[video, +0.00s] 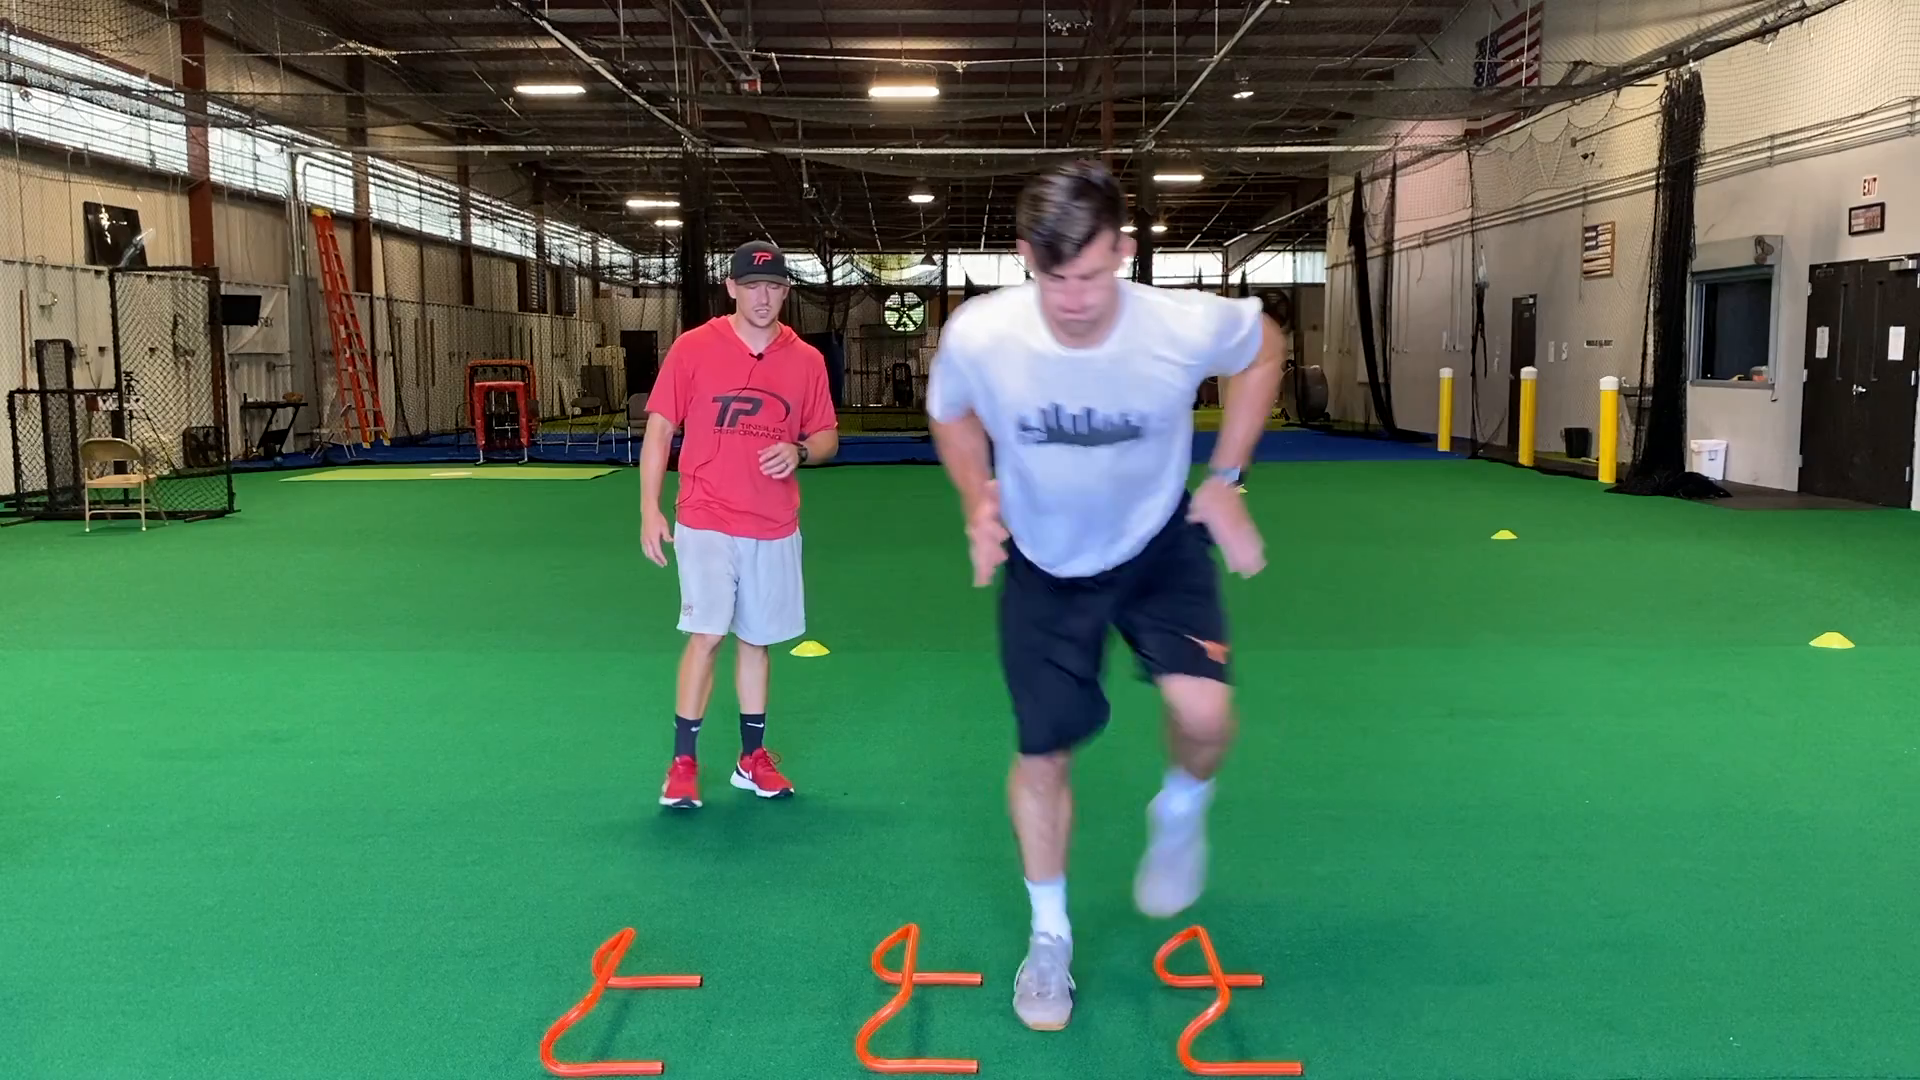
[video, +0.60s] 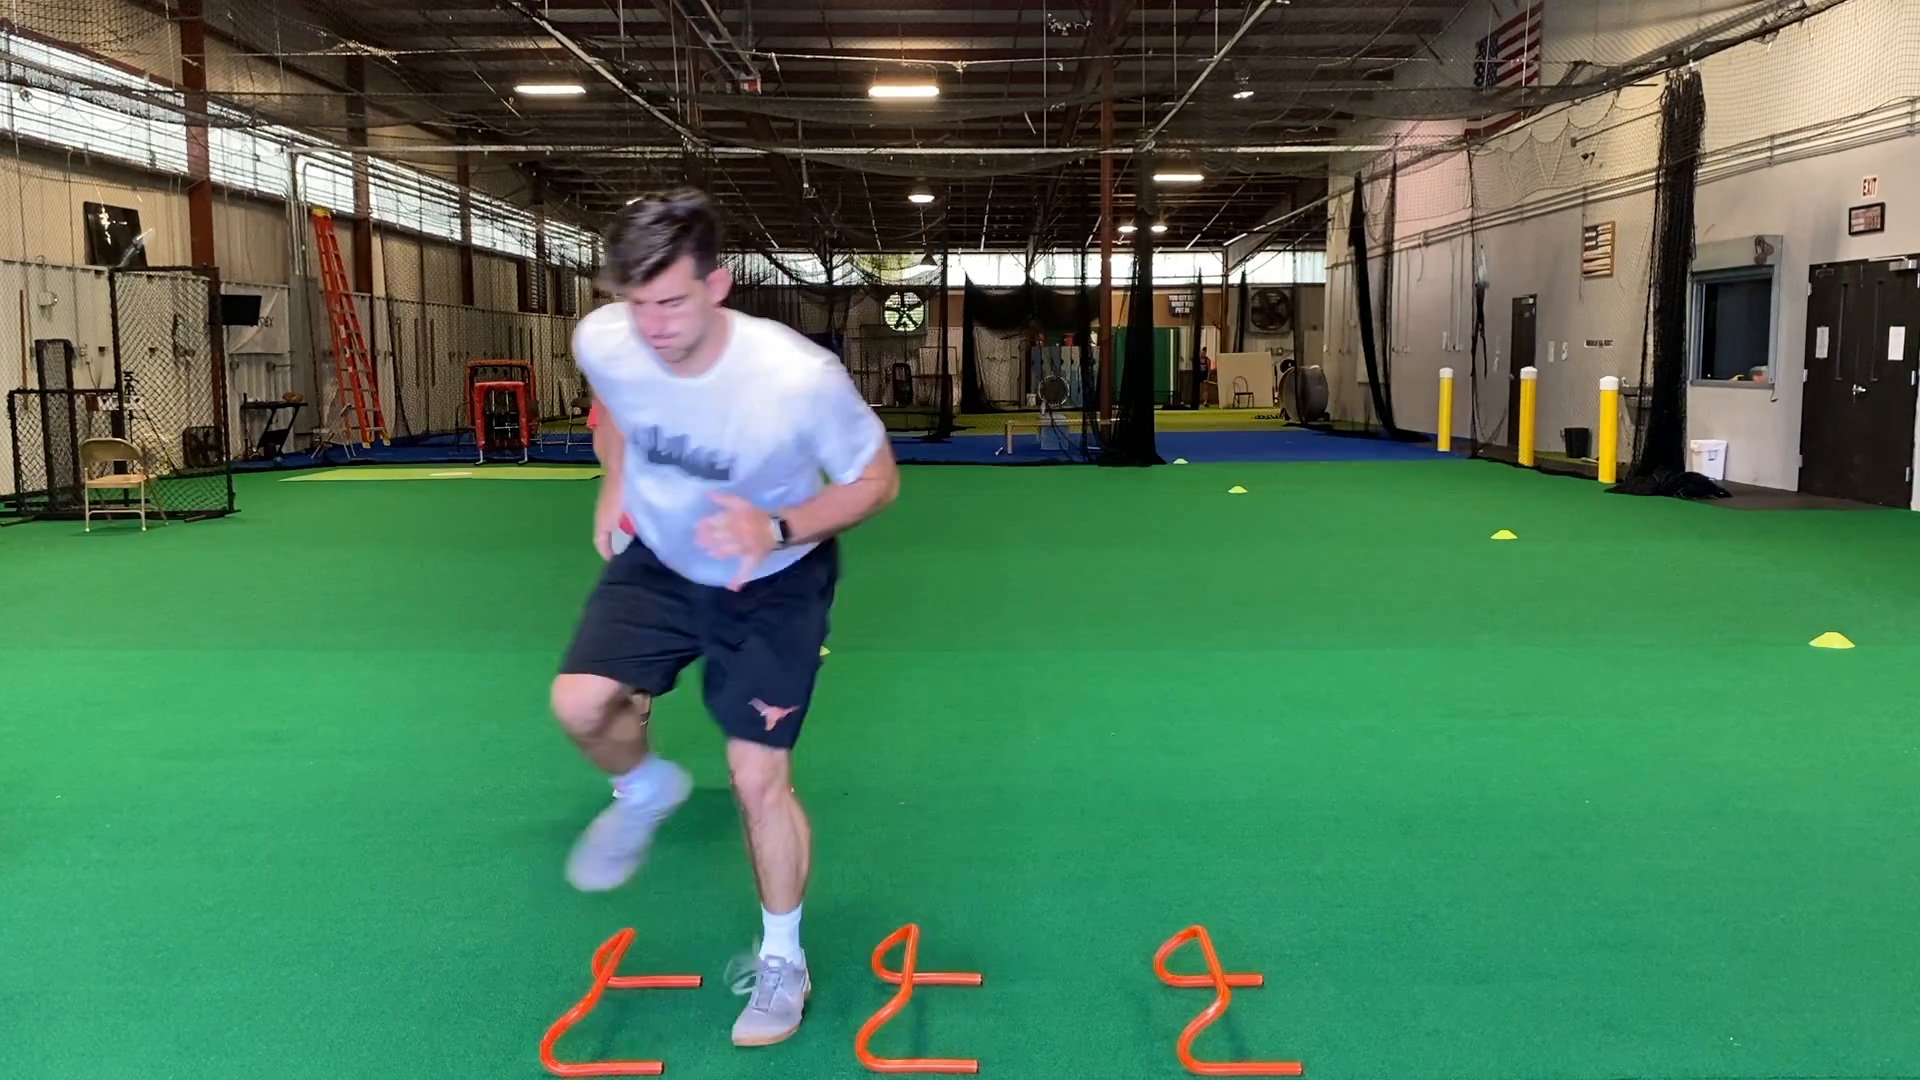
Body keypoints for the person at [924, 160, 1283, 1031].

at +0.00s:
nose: (1073, 296)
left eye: (1090, 276)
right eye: (1056, 278)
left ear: (1123, 251)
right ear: (1027, 260)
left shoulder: (1181, 324)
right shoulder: (978, 334)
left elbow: (1262, 347)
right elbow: (948, 408)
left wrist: (1224, 476)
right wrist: (978, 498)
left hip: (1159, 546)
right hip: (1042, 565)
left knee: (1205, 714)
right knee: (1041, 753)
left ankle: (1180, 814)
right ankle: (1048, 935)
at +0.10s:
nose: (1006, 289)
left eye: (1023, 269)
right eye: (989, 271)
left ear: (1062, 249)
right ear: (966, 259)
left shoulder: (1127, 334)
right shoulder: (921, 316)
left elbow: (1199, 411)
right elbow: (897, 368)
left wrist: (1132, 504)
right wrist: (910, 482)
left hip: (1087, 527)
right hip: (971, 527)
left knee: (1101, 737)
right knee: (964, 722)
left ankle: (1087, 920)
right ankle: (1012, 831)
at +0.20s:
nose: (931, 295)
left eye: (949, 277)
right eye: (916, 277)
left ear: (988, 260)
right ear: (895, 267)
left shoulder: (1054, 348)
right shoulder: (855, 323)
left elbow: (1137, 428)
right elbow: (837, 360)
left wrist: (1060, 489)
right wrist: (846, 460)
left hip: (1025, 566)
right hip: (904, 550)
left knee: (1050, 762)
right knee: (850, 706)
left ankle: (1064, 944)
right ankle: (892, 800)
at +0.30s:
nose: (857, 295)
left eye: (873, 273)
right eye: (840, 275)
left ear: (914, 257)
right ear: (819, 266)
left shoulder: (983, 332)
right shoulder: (778, 334)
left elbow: (1075, 377)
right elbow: (774, 409)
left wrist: (1041, 505)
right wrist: (783, 521)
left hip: (966, 552)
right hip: (844, 559)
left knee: (1002, 727)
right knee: (808, 743)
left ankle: (1030, 876)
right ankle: (779, 920)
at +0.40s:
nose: (792, 303)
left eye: (808, 283)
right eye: (775, 284)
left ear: (847, 267)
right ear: (753, 276)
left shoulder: (915, 343)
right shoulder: (712, 346)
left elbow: (1015, 362)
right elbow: (700, 430)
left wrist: (990, 494)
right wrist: (720, 526)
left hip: (894, 546)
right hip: (781, 564)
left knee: (916, 702)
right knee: (769, 768)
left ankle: (902, 816)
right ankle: (773, 942)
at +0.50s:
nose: (719, 304)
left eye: (737, 282)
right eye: (702, 285)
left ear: (783, 263)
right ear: (683, 276)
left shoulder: (860, 351)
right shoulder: (658, 333)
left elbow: (939, 423)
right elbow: (659, 403)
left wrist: (874, 540)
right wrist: (664, 507)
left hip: (826, 556)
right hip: (716, 551)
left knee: (810, 737)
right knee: (681, 722)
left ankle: (804, 928)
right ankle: (738, 870)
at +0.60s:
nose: (656, 322)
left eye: (674, 301)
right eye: (640, 303)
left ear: (720, 285)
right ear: (622, 295)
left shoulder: (801, 378)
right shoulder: (605, 342)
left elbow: (879, 479)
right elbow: (610, 404)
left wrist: (781, 527)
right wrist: (615, 484)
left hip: (772, 584)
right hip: (656, 562)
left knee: (757, 772)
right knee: (581, 701)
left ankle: (781, 958)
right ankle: (646, 788)